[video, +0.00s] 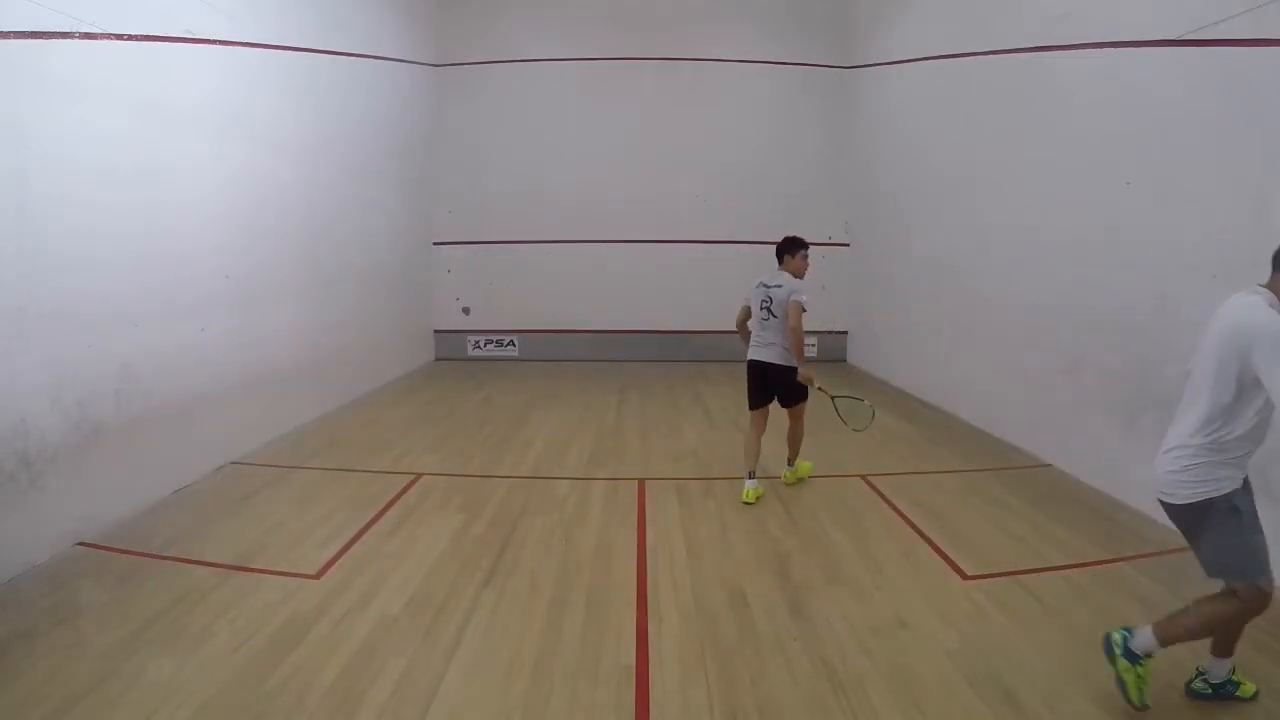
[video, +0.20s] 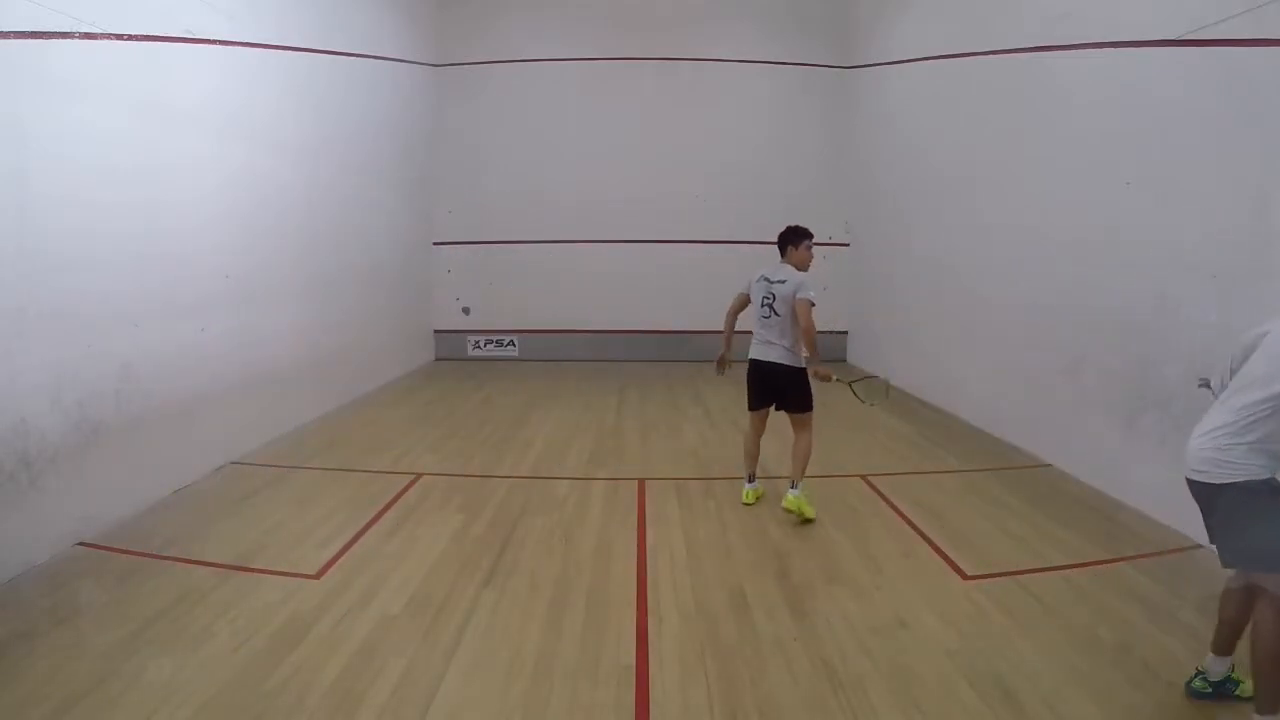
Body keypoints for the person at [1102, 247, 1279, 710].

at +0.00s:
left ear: (1271, 270)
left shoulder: (1244, 308)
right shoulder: (1262, 322)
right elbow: (1275, 390)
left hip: (1216, 472)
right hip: (1202, 480)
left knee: (1247, 576)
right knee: (1254, 595)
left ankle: (1216, 675)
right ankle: (1134, 645)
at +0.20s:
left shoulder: (1271, 332)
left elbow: (1232, 370)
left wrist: (1226, 393)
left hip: (1210, 464)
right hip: (1247, 470)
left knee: (1248, 572)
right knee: (1271, 589)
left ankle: (1214, 675)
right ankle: (1269, 711)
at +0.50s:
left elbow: (1273, 353)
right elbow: (1272, 354)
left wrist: (1224, 402)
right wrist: (1226, 403)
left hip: (1225, 500)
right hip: (1267, 529)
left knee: (1273, 589)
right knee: (1272, 591)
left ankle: (1230, 681)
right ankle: (1231, 680)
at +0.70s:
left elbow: (1273, 342)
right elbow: (1273, 343)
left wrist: (1231, 379)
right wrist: (1234, 378)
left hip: (1265, 500)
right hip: (1267, 504)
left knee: (1250, 589)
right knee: (1251, 590)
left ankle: (1219, 683)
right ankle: (1219, 681)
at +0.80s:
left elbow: (1276, 339)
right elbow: (1278, 339)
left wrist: (1238, 372)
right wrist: (1239, 372)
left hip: (1271, 496)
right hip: (1271, 498)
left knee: (1249, 591)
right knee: (1248, 592)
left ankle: (1182, 701)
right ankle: (1183, 700)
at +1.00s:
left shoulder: (1279, 318)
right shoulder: (1278, 320)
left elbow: (1258, 364)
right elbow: (1257, 366)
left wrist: (1191, 454)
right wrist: (1192, 454)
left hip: (1265, 511)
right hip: (1265, 511)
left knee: (1188, 627)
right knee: (1189, 626)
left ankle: (1122, 714)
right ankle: (1123, 713)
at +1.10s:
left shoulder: (1253, 315)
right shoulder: (1253, 316)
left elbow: (1197, 376)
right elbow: (1197, 376)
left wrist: (1155, 470)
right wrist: (1156, 471)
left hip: (1225, 531)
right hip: (1275, 546)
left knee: (1151, 651)